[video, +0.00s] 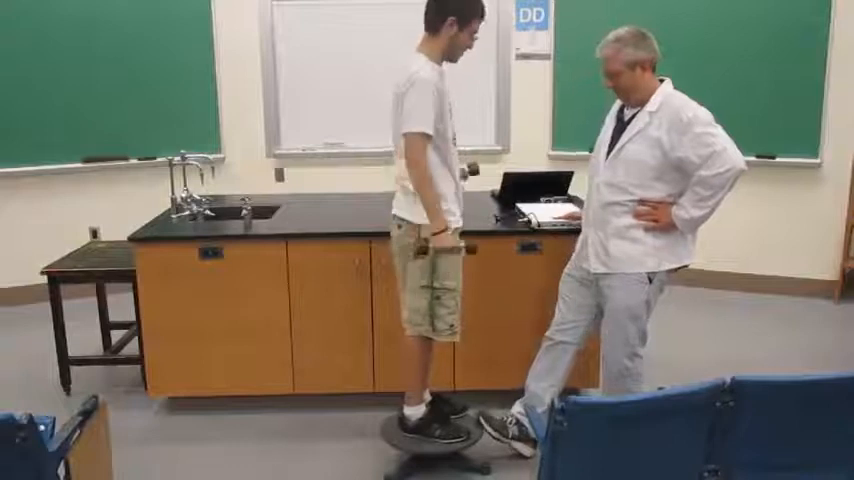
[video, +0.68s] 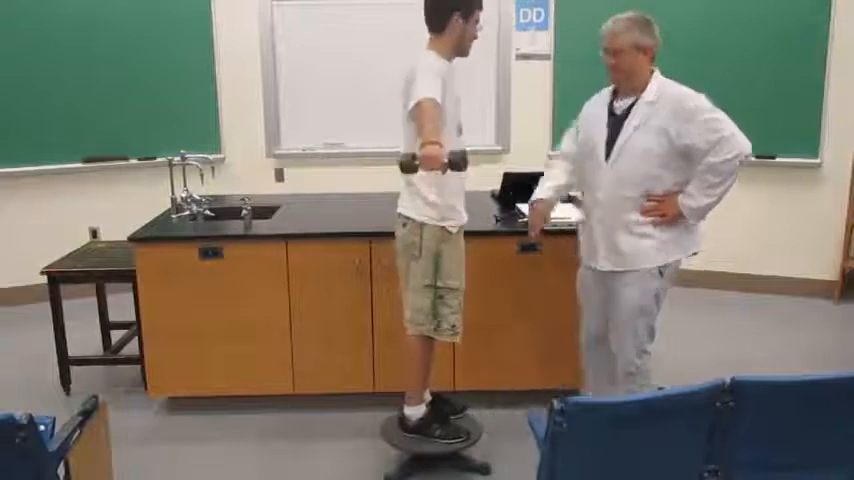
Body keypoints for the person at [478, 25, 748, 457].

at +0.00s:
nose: (607, 83)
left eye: (613, 74)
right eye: (605, 75)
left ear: (644, 67)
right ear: (630, 69)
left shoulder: (682, 113)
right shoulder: (621, 108)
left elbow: (726, 164)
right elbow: (616, 171)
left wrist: (680, 214)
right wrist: (596, 211)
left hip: (636, 258)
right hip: (593, 248)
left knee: (621, 359)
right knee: (562, 335)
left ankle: (618, 443)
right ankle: (529, 421)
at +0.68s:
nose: (609, 61)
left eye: (617, 53)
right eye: (606, 53)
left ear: (647, 54)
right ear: (605, 55)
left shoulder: (681, 104)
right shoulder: (595, 106)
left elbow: (732, 149)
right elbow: (566, 160)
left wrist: (687, 204)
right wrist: (542, 201)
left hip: (646, 250)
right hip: (596, 248)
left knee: (628, 348)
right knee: (594, 343)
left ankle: (635, 435)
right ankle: (600, 428)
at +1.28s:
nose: (606, 63)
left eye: (616, 55)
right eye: (604, 54)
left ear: (649, 58)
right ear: (601, 57)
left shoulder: (696, 115)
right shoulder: (584, 115)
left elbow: (753, 158)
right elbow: (535, 146)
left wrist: (703, 217)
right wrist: (482, 156)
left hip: (657, 281)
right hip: (590, 276)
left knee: (654, 390)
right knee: (586, 375)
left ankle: (652, 479)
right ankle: (602, 467)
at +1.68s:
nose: (539, 72)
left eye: (549, 62)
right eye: (538, 62)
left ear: (585, 65)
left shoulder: (633, 124)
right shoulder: (528, 127)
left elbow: (695, 177)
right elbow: (492, 170)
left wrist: (646, 241)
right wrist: (437, 161)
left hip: (605, 301)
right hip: (537, 299)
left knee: (618, 412)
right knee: (534, 407)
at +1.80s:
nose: (492, 73)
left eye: (500, 61)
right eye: (491, 62)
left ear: (538, 60)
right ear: (528, 62)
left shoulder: (584, 119)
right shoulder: (497, 121)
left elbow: (640, 178)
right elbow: (469, 179)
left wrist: (591, 245)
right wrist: (415, 164)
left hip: (554, 306)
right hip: (502, 302)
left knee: (538, 425)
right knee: (514, 420)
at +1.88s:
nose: (492, 73)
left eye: (500, 61)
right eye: (491, 62)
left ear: (538, 60)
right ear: (528, 62)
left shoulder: (584, 119)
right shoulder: (497, 121)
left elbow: (640, 178)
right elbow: (469, 179)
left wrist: (591, 245)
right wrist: (415, 164)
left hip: (550, 305)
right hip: (501, 300)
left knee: (535, 423)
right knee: (512, 417)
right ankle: (525, 476)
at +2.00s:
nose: (436, 76)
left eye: (442, 64)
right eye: (436, 65)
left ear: (479, 63)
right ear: (475, 64)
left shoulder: (525, 121)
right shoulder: (463, 126)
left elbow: (577, 190)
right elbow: (442, 190)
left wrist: (537, 256)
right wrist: (384, 167)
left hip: (507, 303)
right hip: (470, 300)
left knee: (448, 410)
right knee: (501, 409)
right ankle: (529, 475)